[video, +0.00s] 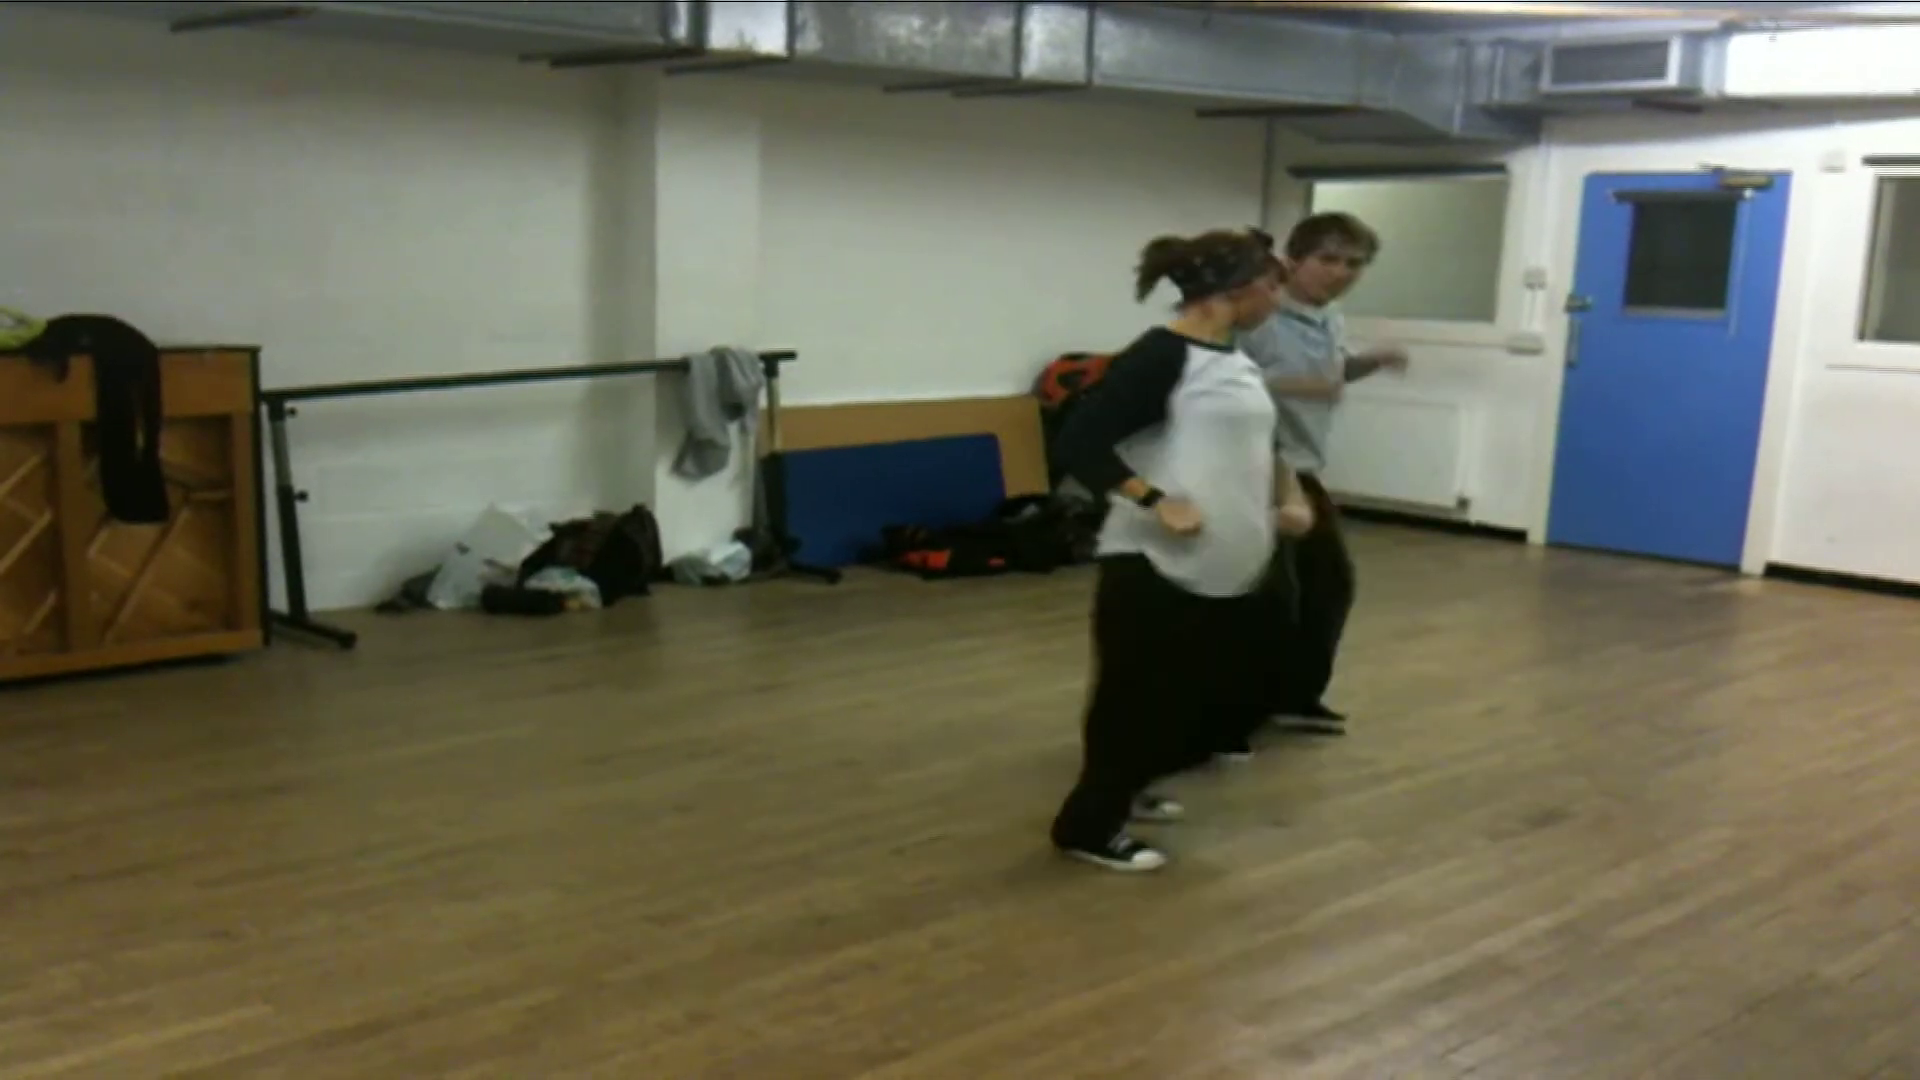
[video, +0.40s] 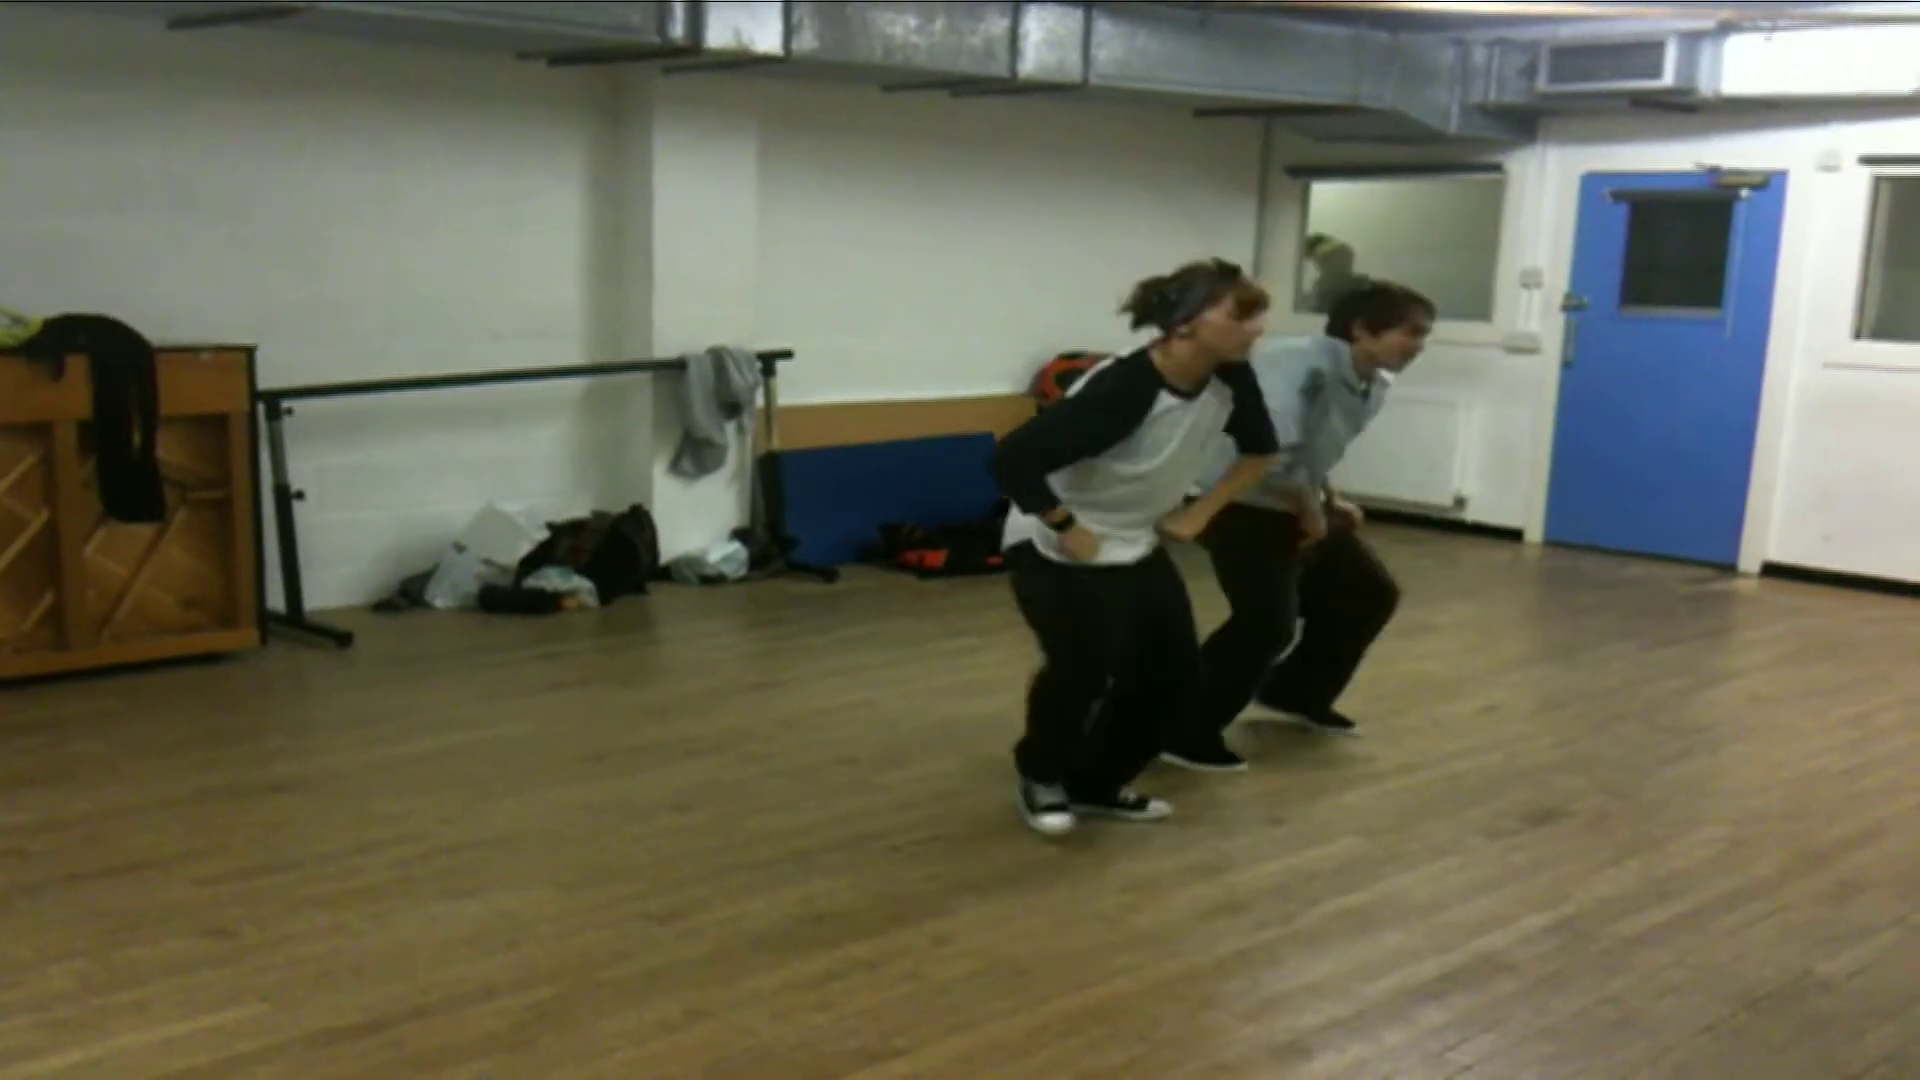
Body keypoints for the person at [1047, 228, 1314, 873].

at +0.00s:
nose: (1272, 302)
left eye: (1272, 290)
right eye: (1264, 289)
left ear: (1218, 294)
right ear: (1226, 293)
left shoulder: (1234, 360)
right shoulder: (1160, 353)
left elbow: (1248, 447)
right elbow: (1079, 440)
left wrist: (1286, 492)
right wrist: (1153, 498)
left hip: (1212, 562)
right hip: (1149, 563)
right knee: (1132, 698)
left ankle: (1127, 787)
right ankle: (1088, 826)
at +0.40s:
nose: (1252, 327)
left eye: (1249, 314)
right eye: (1236, 315)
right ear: (1187, 328)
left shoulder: (1231, 375)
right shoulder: (1123, 389)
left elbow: (1260, 452)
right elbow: (1012, 459)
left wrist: (1198, 515)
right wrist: (1065, 526)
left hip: (1135, 543)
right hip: (1057, 544)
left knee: (1172, 665)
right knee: (1087, 658)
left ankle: (1097, 783)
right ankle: (1042, 770)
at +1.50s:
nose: (1141, 385)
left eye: (1142, 370)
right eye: (1124, 370)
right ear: (1069, 377)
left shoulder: (1125, 432)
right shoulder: (1022, 435)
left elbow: (1150, 501)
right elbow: (934, 531)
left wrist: (1107, 566)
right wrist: (984, 595)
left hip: (1032, 577)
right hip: (947, 585)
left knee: (1135, 681)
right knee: (1008, 706)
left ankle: (1070, 781)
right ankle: (934, 828)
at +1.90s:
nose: (1129, 328)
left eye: (1132, 315)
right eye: (1117, 313)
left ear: (1120, 319)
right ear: (1063, 313)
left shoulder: (1113, 389)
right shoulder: (999, 372)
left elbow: (1122, 465)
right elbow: (910, 469)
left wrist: (1083, 528)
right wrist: (958, 545)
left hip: (1027, 554)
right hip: (942, 551)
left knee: (1077, 671)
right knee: (963, 681)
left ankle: (1035, 791)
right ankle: (930, 819)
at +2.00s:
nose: (1110, 307)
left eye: (1115, 294)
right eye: (1098, 291)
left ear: (1110, 300)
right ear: (1049, 295)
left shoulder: (1105, 376)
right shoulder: (993, 355)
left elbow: (1119, 452)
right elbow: (926, 459)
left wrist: (1092, 525)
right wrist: (970, 539)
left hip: (1042, 547)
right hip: (950, 545)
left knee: (1076, 674)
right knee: (958, 683)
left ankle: (1036, 791)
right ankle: (929, 818)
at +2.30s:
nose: (1157, 309)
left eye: (1155, 295)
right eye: (1147, 296)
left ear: (1106, 305)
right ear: (1103, 305)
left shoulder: (1127, 383)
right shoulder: (1019, 368)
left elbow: (1110, 475)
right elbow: (960, 472)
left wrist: (1128, 536)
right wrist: (1056, 515)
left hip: (1089, 567)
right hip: (1007, 570)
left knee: (1167, 666)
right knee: (1008, 693)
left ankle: (1077, 776)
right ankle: (932, 825)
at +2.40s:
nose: (1189, 325)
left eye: (1189, 312)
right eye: (1181, 313)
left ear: (1143, 320)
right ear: (1142, 319)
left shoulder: (1161, 402)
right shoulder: (1060, 375)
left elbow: (1170, 483)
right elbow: (976, 454)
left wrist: (1166, 527)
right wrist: (1071, 488)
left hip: (1126, 578)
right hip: (1046, 584)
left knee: (1222, 652)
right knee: (1052, 713)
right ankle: (936, 823)